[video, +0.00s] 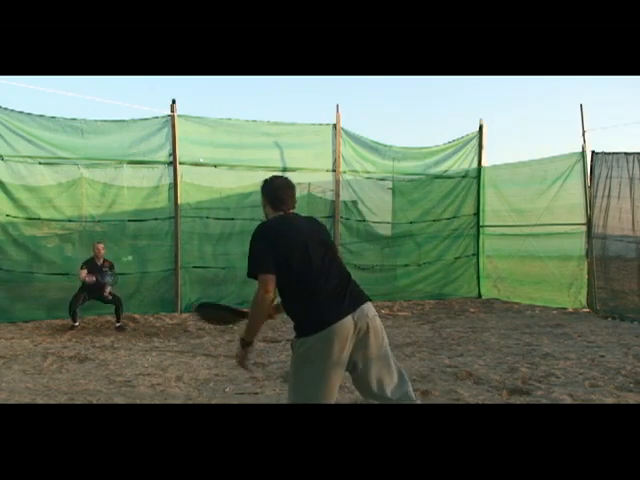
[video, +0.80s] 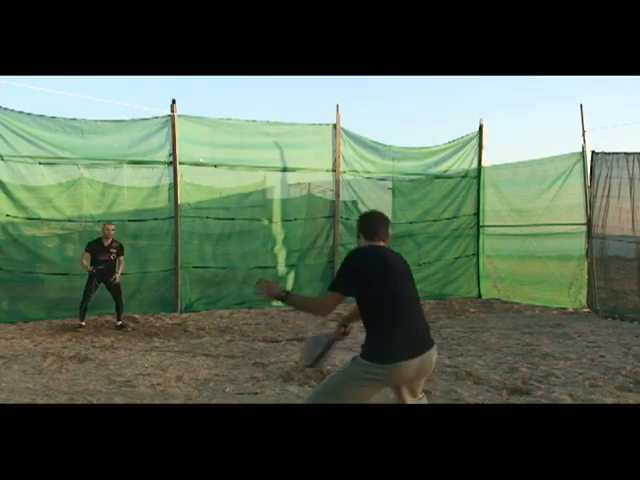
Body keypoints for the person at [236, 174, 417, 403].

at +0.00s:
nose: (262, 208)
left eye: (262, 203)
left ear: (265, 205)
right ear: (293, 203)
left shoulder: (265, 232)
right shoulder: (312, 223)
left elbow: (266, 293)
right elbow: (320, 275)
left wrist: (246, 342)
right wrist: (278, 308)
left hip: (323, 331)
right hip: (363, 312)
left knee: (309, 399)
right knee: (393, 390)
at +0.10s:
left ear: (279, 208)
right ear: (306, 205)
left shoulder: (273, 237)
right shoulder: (328, 230)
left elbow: (266, 299)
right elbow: (336, 287)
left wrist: (244, 326)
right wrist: (294, 314)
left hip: (325, 336)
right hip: (369, 321)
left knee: (305, 398)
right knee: (391, 396)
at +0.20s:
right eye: (322, 214)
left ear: (298, 218)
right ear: (325, 217)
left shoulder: (287, 248)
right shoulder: (344, 243)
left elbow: (271, 307)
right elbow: (361, 291)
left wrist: (259, 310)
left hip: (327, 350)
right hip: (374, 338)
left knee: (299, 399)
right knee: (391, 399)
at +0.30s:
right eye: (346, 231)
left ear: (322, 235)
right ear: (348, 236)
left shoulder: (306, 263)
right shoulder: (365, 262)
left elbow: (283, 315)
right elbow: (385, 310)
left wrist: (273, 303)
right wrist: (393, 340)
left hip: (338, 364)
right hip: (386, 353)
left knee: (296, 400)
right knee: (394, 398)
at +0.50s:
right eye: (381, 253)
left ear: (355, 252)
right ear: (383, 254)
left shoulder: (343, 276)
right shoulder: (395, 276)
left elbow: (318, 328)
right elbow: (418, 328)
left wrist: (280, 332)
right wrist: (430, 362)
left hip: (373, 373)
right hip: (417, 366)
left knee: (312, 398)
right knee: (406, 398)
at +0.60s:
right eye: (392, 253)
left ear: (364, 249)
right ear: (392, 254)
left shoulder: (356, 270)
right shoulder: (403, 273)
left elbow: (327, 322)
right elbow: (407, 318)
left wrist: (285, 325)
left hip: (383, 370)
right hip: (425, 363)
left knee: (315, 399)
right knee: (409, 396)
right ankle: (412, 398)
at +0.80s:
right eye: (388, 232)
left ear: (359, 236)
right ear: (388, 235)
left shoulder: (358, 258)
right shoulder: (397, 259)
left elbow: (324, 308)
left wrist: (280, 294)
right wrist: (347, 321)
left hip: (384, 362)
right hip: (425, 354)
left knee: (317, 399)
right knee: (412, 396)